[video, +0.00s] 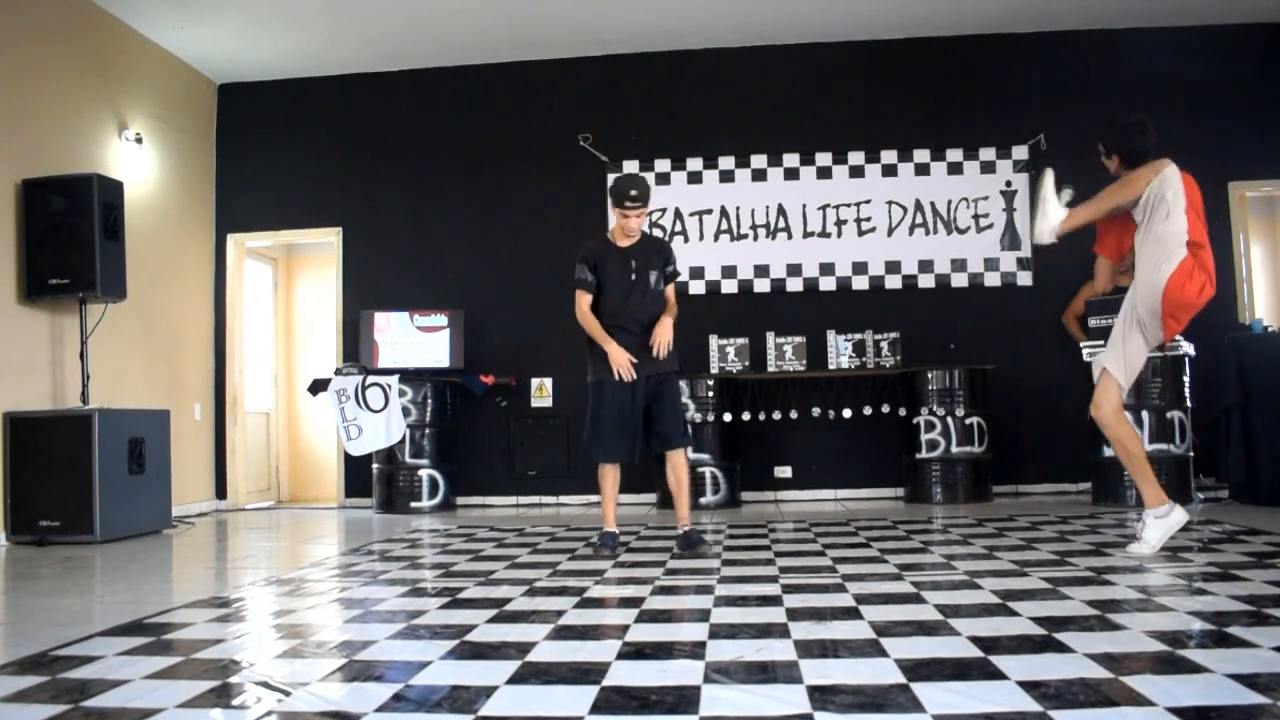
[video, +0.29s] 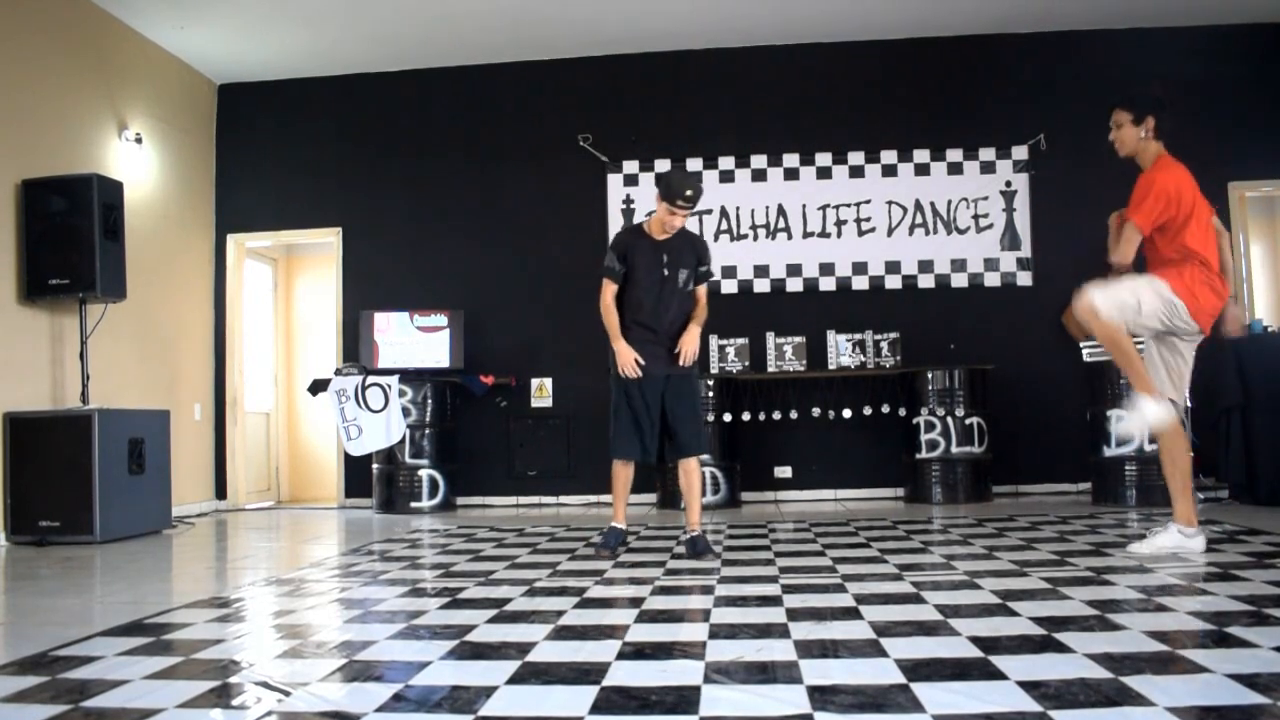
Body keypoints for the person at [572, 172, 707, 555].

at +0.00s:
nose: (632, 221)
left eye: (639, 214)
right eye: (625, 214)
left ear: (647, 212)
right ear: (613, 209)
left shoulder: (660, 250)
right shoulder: (593, 253)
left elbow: (671, 301)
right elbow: (582, 310)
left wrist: (667, 320)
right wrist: (610, 347)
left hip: (658, 364)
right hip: (612, 366)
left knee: (675, 443)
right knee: (609, 449)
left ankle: (685, 528)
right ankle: (609, 530)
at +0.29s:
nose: (678, 222)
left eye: (685, 215)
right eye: (672, 213)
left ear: (692, 211)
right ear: (658, 200)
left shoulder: (695, 245)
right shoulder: (626, 241)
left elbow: (701, 301)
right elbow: (606, 299)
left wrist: (695, 329)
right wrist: (619, 344)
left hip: (680, 364)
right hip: (635, 362)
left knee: (689, 448)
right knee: (625, 447)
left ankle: (694, 531)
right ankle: (617, 525)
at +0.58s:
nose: (686, 218)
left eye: (693, 211)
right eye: (679, 210)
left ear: (701, 205)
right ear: (663, 199)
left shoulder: (709, 240)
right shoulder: (637, 237)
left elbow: (727, 297)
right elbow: (620, 295)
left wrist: (708, 327)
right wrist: (631, 339)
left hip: (693, 360)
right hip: (647, 359)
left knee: (692, 448)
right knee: (641, 447)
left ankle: (695, 532)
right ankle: (637, 531)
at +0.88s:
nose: (670, 208)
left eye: (675, 199)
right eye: (661, 201)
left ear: (682, 194)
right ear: (647, 199)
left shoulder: (705, 236)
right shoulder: (634, 242)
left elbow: (724, 293)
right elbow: (624, 299)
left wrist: (707, 336)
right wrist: (632, 340)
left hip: (694, 360)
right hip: (648, 360)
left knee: (695, 448)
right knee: (635, 446)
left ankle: (695, 531)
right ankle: (628, 531)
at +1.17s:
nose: (646, 199)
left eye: (649, 191)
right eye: (636, 193)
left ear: (653, 192)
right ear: (615, 196)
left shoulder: (673, 235)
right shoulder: (601, 247)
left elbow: (699, 290)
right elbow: (601, 303)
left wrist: (687, 332)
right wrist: (607, 346)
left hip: (675, 363)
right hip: (625, 365)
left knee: (684, 449)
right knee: (609, 450)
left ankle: (694, 532)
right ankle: (595, 538)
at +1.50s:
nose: (609, 191)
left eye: (610, 184)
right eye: (600, 185)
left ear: (613, 187)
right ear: (576, 190)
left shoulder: (633, 231)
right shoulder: (559, 248)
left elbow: (653, 290)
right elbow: (555, 309)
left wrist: (654, 334)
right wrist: (562, 352)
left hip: (638, 362)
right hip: (588, 368)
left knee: (659, 447)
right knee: (590, 455)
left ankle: (672, 531)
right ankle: (594, 540)